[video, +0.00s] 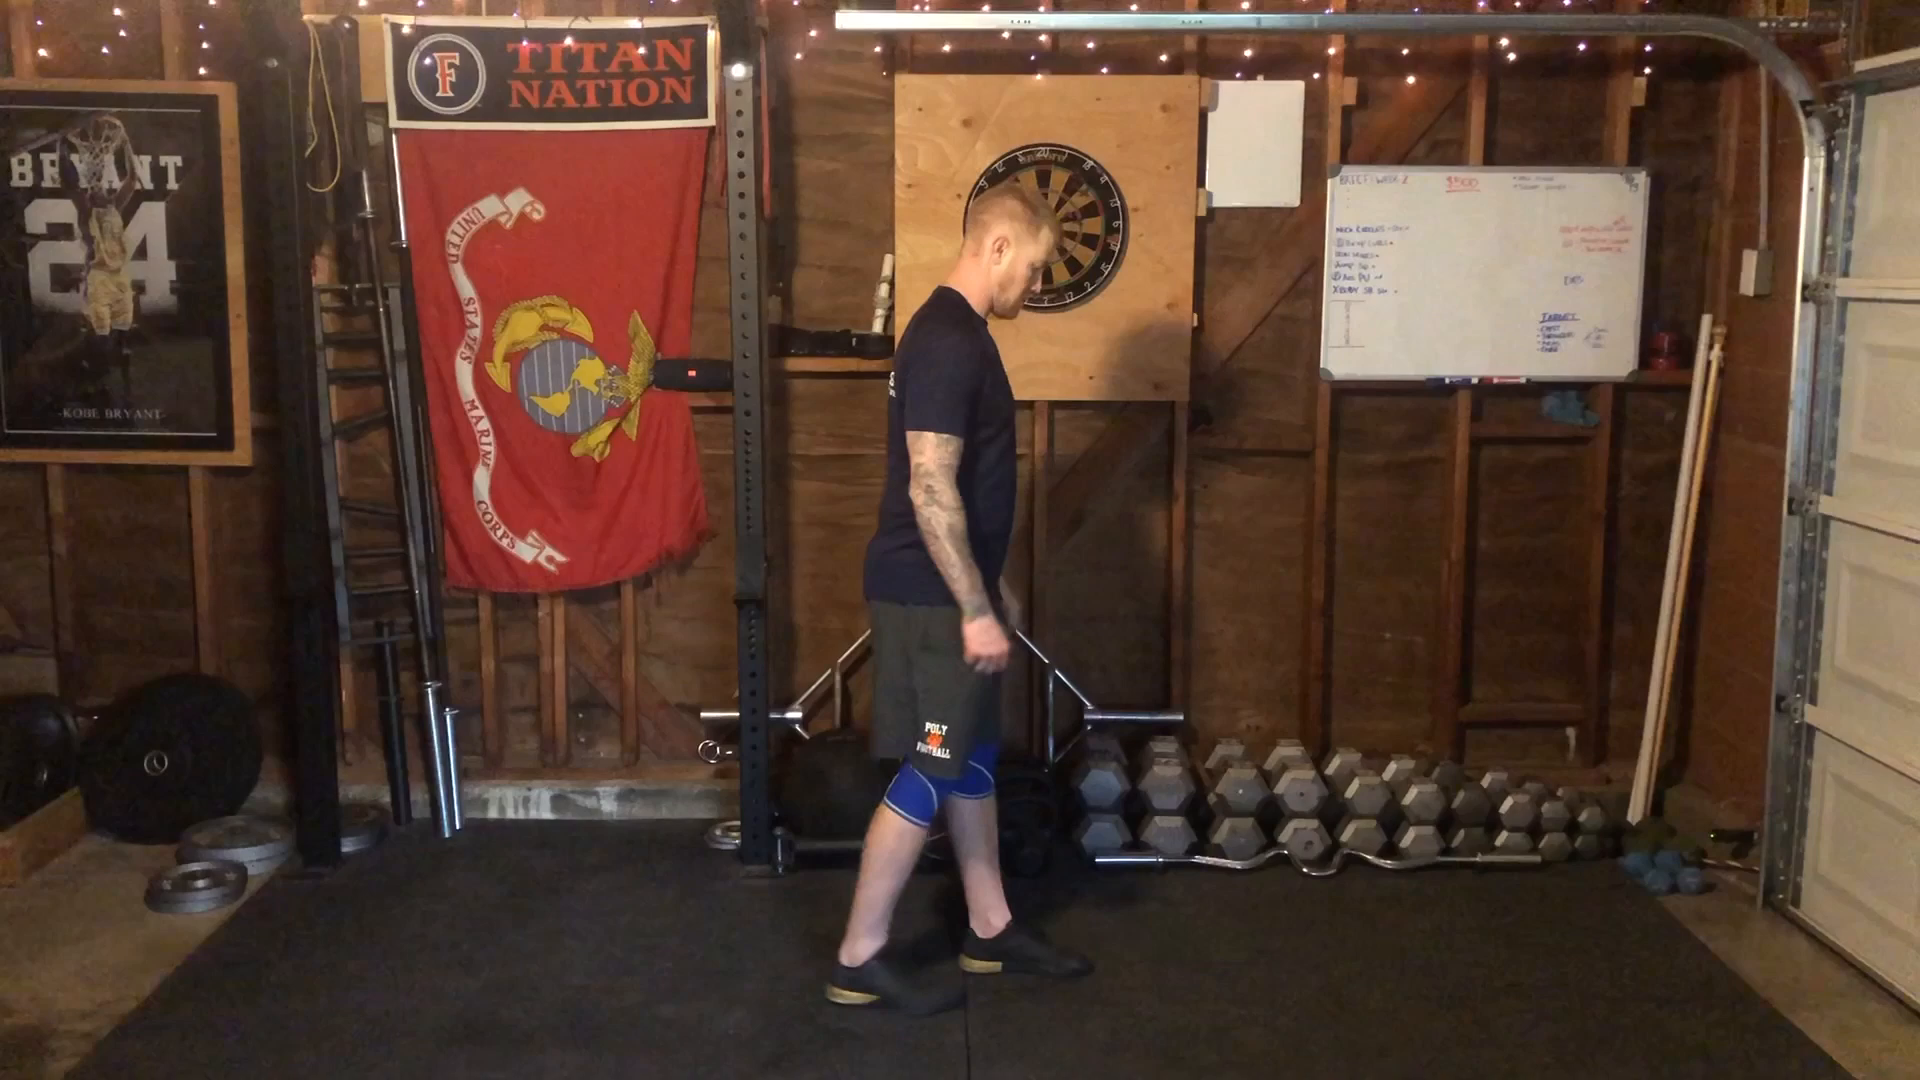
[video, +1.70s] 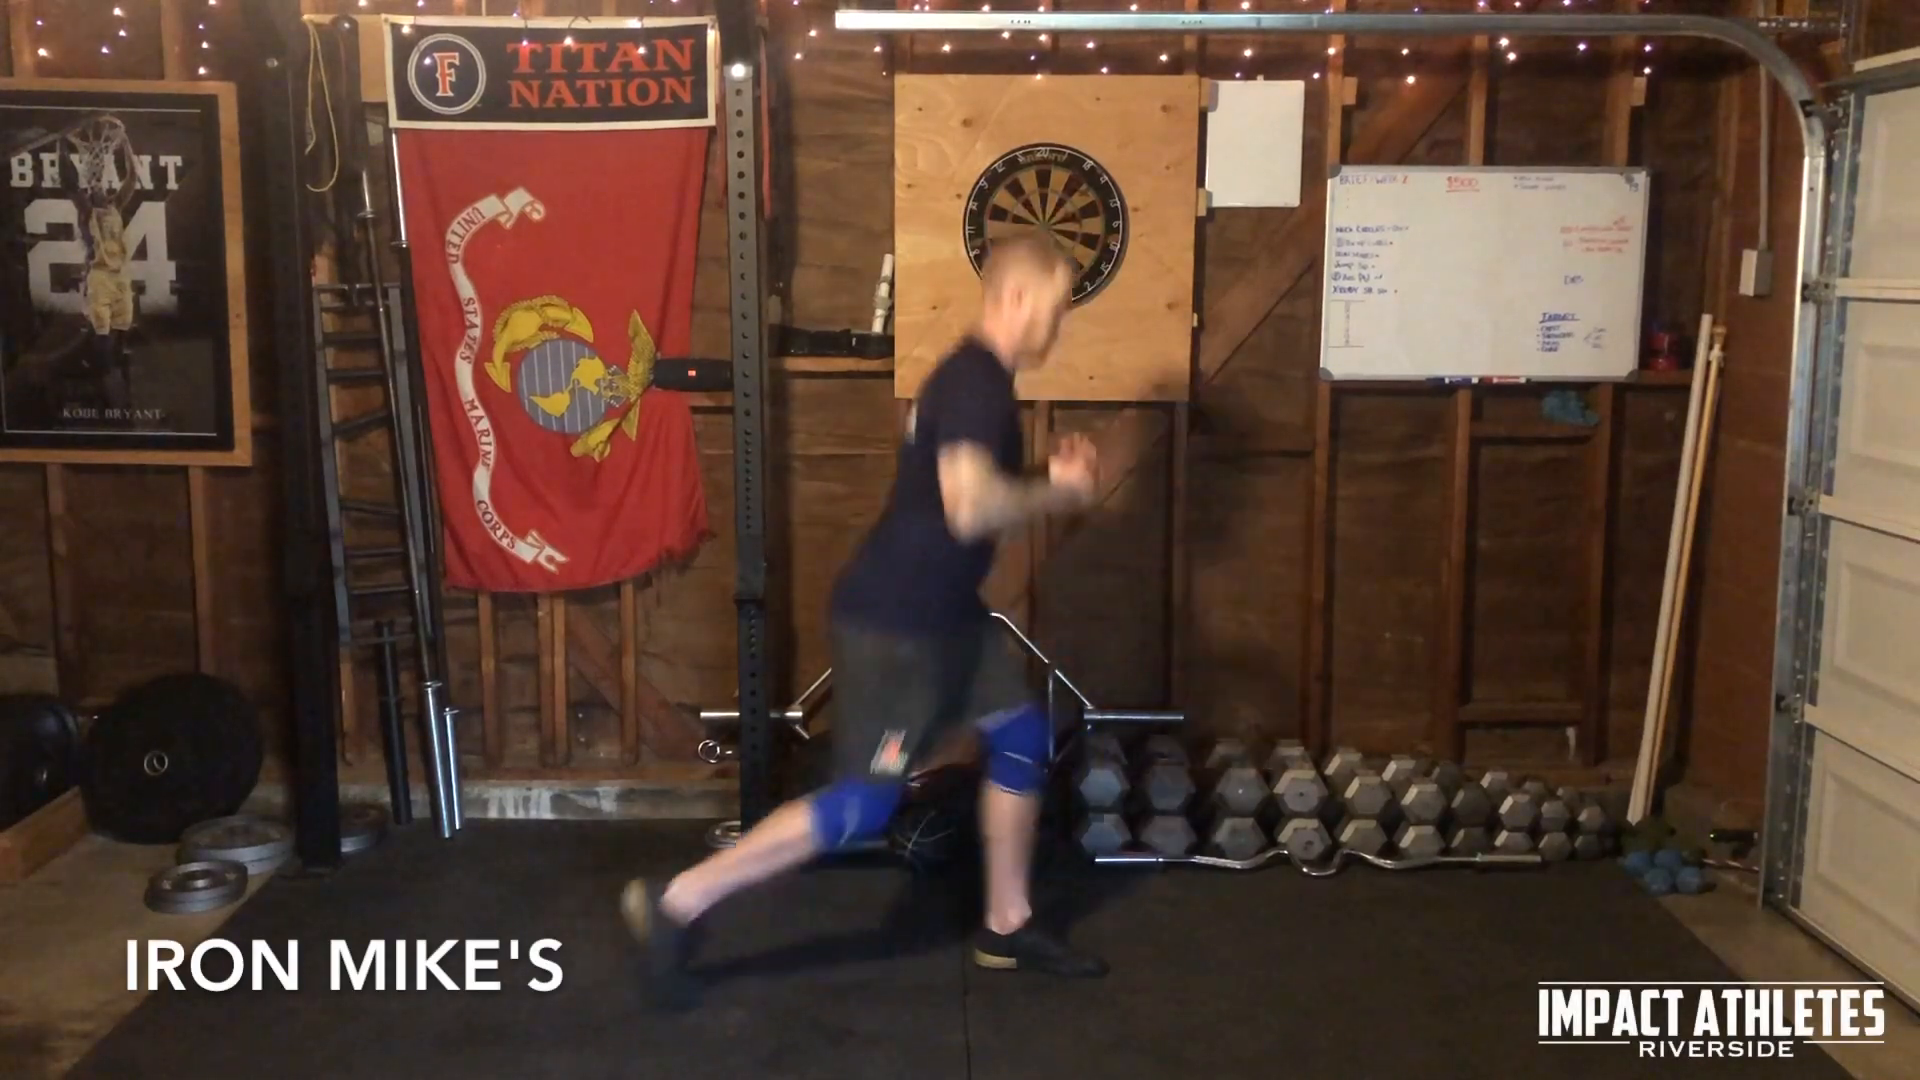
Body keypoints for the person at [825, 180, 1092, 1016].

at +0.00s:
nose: (1034, 288)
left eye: (1039, 273)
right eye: (1033, 269)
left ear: (988, 246)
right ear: (996, 247)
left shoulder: (956, 330)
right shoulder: (947, 337)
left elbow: (952, 481)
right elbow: (929, 484)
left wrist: (986, 594)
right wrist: (974, 609)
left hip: (953, 583)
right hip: (926, 588)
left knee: (972, 762)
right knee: (927, 770)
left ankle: (991, 930)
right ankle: (859, 956)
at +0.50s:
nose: (1065, 290)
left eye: (1071, 275)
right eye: (1065, 271)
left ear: (1019, 254)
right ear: (1028, 253)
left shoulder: (996, 339)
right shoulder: (981, 341)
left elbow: (1007, 484)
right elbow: (988, 489)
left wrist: (1073, 554)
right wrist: (1074, 566)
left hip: (986, 596)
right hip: (940, 597)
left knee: (1003, 760)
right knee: (931, 776)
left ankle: (1008, 930)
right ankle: (870, 956)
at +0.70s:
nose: (1089, 295)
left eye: (1096, 280)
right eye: (1090, 275)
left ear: (1039, 256)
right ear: (1050, 256)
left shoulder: (1003, 338)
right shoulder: (1006, 343)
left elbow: (1030, 475)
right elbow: (1039, 483)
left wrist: (1111, 493)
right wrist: (1134, 505)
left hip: (979, 590)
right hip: (935, 589)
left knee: (999, 757)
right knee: (921, 761)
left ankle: (1007, 930)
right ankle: (778, 915)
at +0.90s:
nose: (1091, 330)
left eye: (1096, 314)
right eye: (1091, 311)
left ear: (1044, 296)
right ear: (1057, 298)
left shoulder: (1001, 369)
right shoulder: (1015, 378)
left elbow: (1012, 508)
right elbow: (1034, 522)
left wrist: (1094, 506)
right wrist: (1119, 521)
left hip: (962, 612)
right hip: (923, 612)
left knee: (1046, 722)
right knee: (865, 782)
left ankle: (1010, 927)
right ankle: (669, 903)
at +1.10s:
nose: (1080, 430)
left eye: (1084, 416)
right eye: (1080, 414)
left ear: (1032, 399)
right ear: (1044, 404)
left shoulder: (995, 469)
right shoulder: (990, 483)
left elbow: (981, 596)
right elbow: (984, 632)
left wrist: (1052, 605)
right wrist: (1072, 620)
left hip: (952, 690)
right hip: (888, 703)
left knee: (1066, 750)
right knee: (845, 895)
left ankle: (1011, 928)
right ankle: (634, 929)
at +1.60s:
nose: (1052, 417)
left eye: (1054, 401)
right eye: (1048, 400)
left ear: (993, 394)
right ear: (1006, 395)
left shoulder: (981, 474)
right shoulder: (965, 477)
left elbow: (970, 599)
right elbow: (970, 617)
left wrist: (1038, 584)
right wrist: (1057, 579)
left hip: (950, 689)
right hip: (887, 704)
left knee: (1071, 755)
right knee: (839, 896)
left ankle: (1012, 930)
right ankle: (628, 930)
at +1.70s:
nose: (1061, 327)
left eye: (1064, 309)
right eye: (1057, 307)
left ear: (1012, 298)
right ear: (1016, 296)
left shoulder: (988, 382)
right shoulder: (969, 380)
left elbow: (979, 498)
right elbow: (969, 508)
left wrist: (1055, 484)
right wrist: (1060, 488)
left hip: (950, 613)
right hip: (894, 615)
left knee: (1020, 739)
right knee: (862, 803)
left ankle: (1008, 926)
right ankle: (674, 902)